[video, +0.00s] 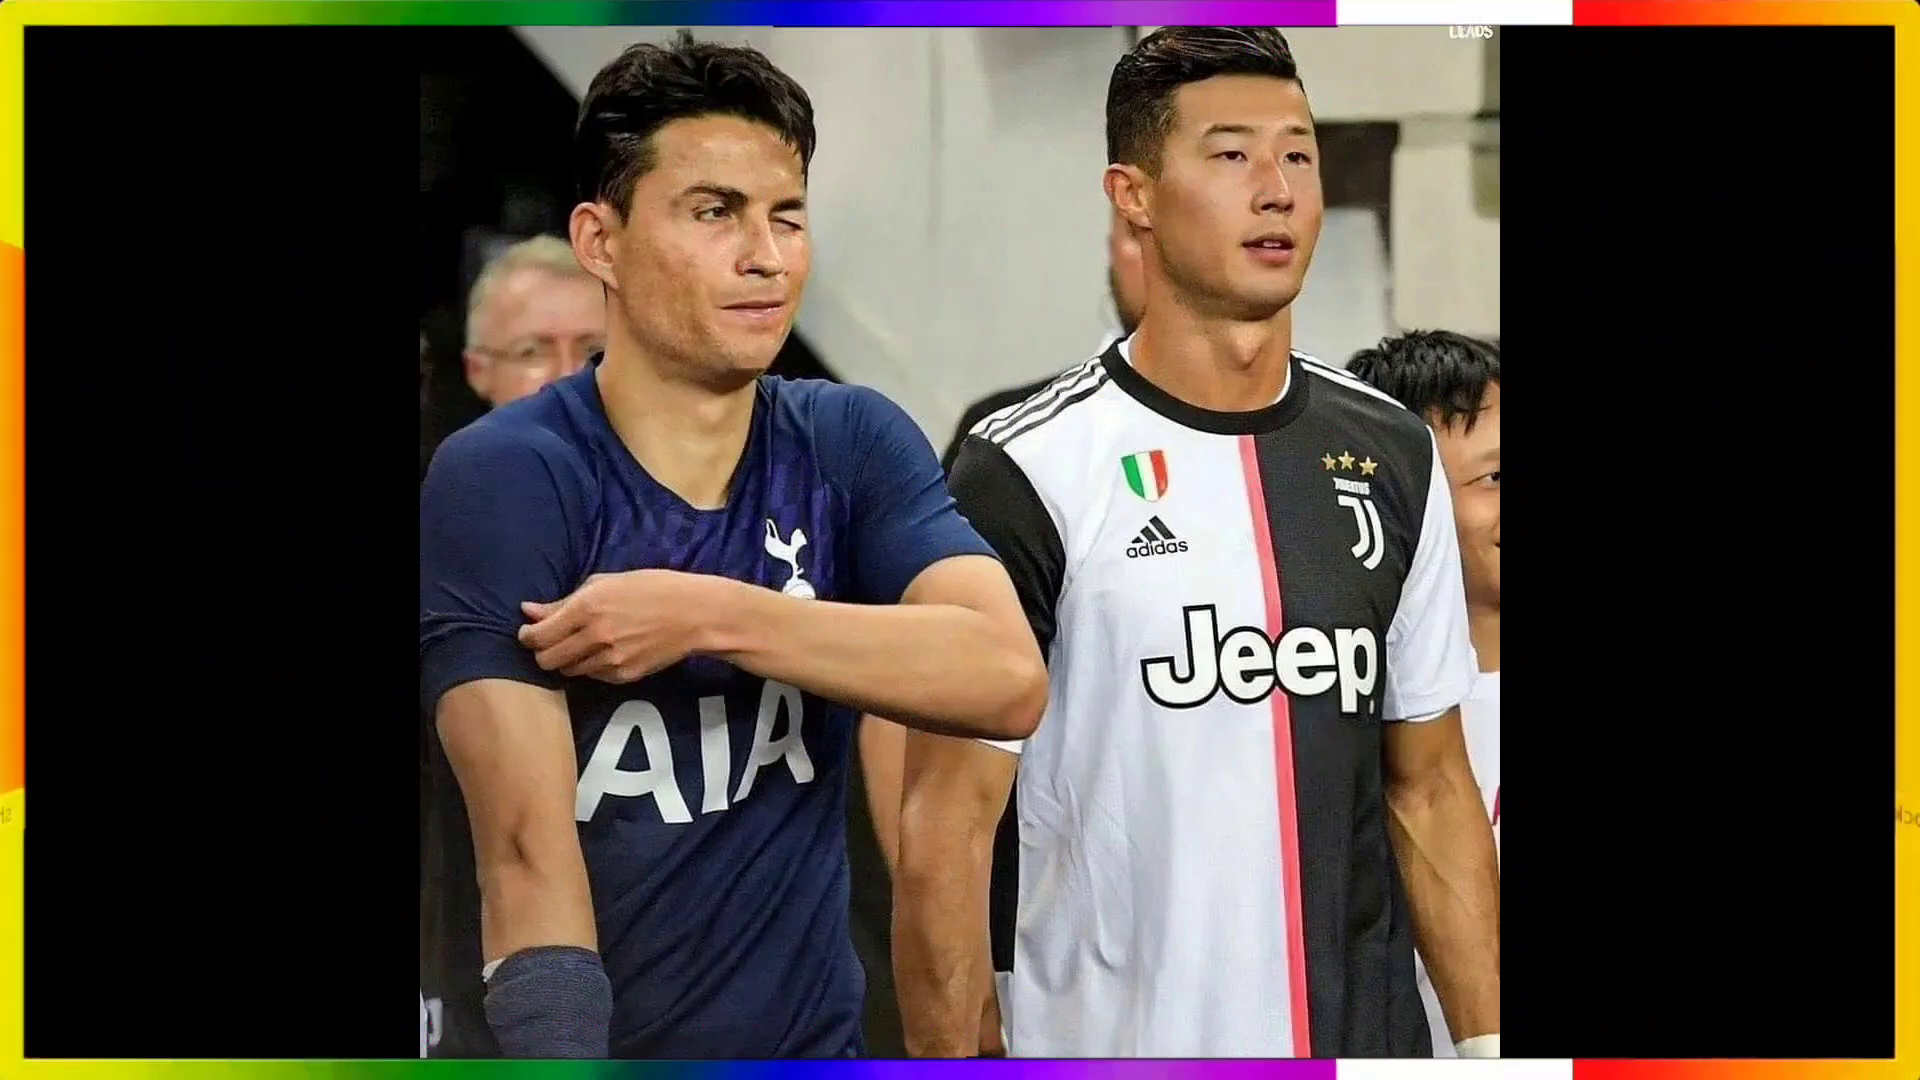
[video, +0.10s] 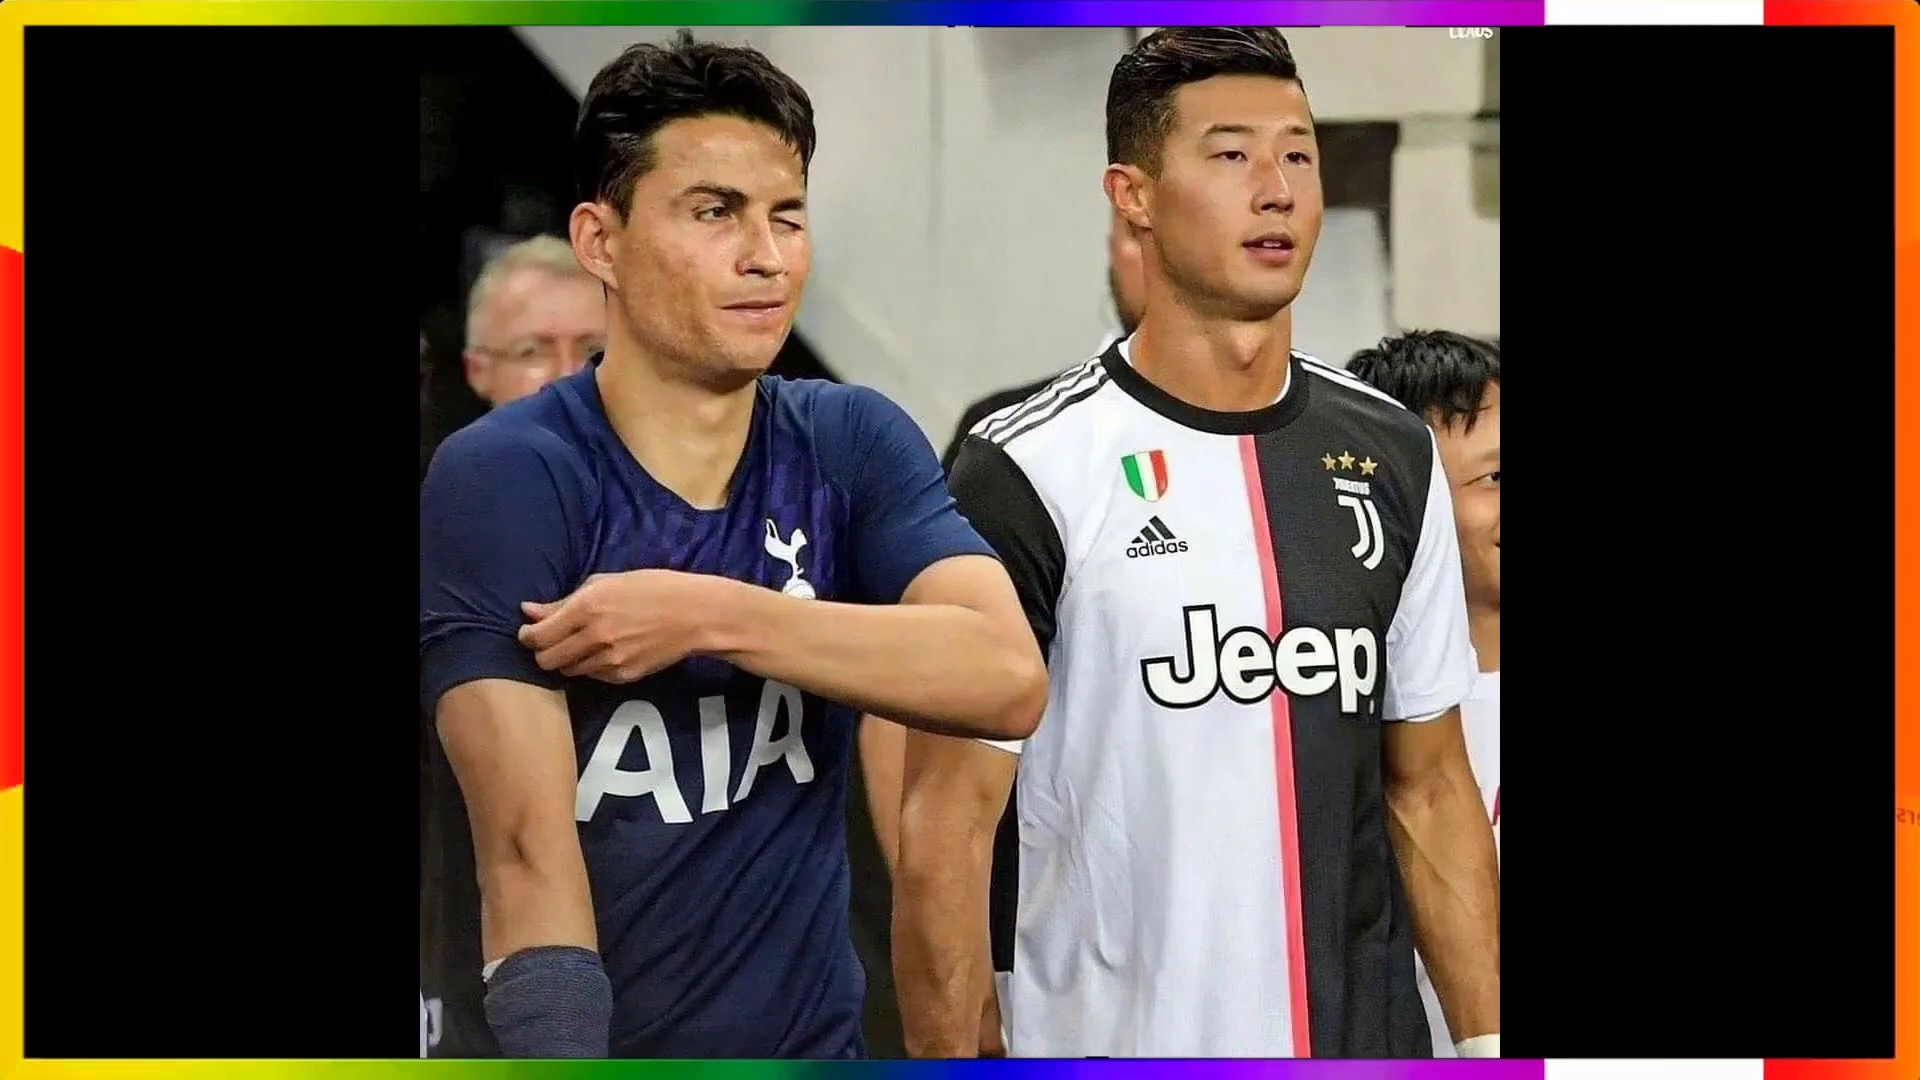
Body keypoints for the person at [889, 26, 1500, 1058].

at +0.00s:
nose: (1279, 193)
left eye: (1297, 159)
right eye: (1230, 157)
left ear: (1319, 187)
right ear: (1134, 198)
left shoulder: (1392, 450)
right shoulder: (1022, 462)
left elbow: (1431, 785)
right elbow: (948, 817)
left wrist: (1483, 1049)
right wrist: (953, 1067)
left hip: (1358, 1046)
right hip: (1106, 1046)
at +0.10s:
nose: (1279, 193)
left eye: (1297, 159)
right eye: (1230, 157)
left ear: (1319, 186)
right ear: (1134, 198)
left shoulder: (1392, 450)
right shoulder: (1022, 462)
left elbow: (1431, 785)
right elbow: (948, 816)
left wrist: (1485, 1046)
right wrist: (952, 1063)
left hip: (1361, 1045)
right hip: (1108, 1046)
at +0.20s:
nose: (1279, 193)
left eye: (1297, 158)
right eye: (1230, 156)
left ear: (1319, 186)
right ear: (1134, 197)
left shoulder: (1392, 451)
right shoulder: (1022, 462)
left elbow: (1431, 785)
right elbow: (948, 817)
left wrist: (1483, 1046)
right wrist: (953, 1068)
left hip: (1363, 1043)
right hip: (1110, 1044)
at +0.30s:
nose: (1279, 193)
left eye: (1297, 158)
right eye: (1230, 156)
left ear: (1319, 185)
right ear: (1134, 197)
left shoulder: (1392, 451)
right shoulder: (1022, 462)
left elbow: (1431, 785)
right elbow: (948, 817)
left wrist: (1482, 1046)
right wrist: (952, 1068)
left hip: (1359, 1043)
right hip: (1109, 1044)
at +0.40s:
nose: (1279, 193)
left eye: (1297, 158)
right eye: (1230, 156)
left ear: (1319, 186)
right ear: (1134, 197)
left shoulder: (1392, 451)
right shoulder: (1022, 462)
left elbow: (1431, 785)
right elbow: (949, 816)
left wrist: (1483, 1046)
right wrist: (952, 1067)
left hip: (1360, 1045)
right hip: (1108, 1045)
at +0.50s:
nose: (1279, 193)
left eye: (1297, 159)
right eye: (1230, 157)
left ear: (1319, 186)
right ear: (1134, 198)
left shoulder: (1392, 451)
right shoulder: (1022, 462)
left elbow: (1430, 784)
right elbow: (949, 816)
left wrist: (1484, 1046)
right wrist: (953, 1067)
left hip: (1359, 1046)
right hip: (1108, 1045)